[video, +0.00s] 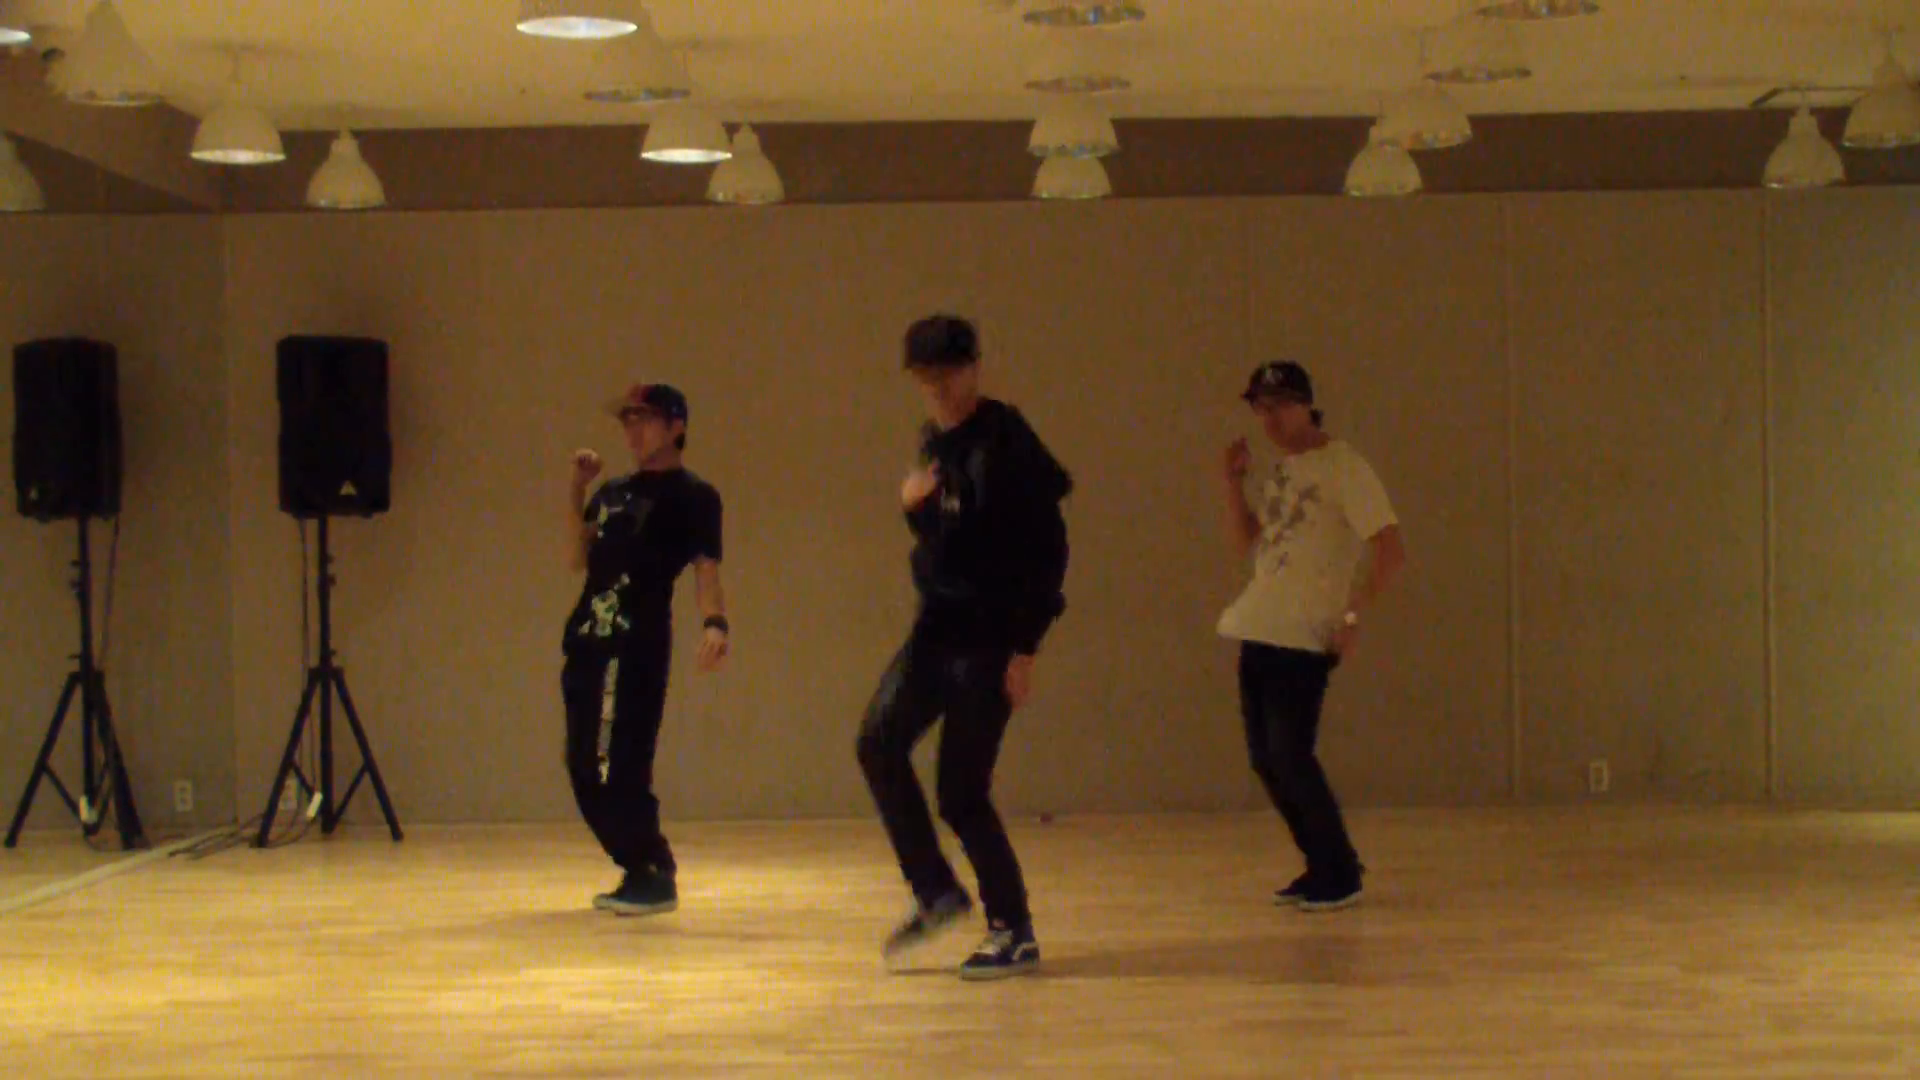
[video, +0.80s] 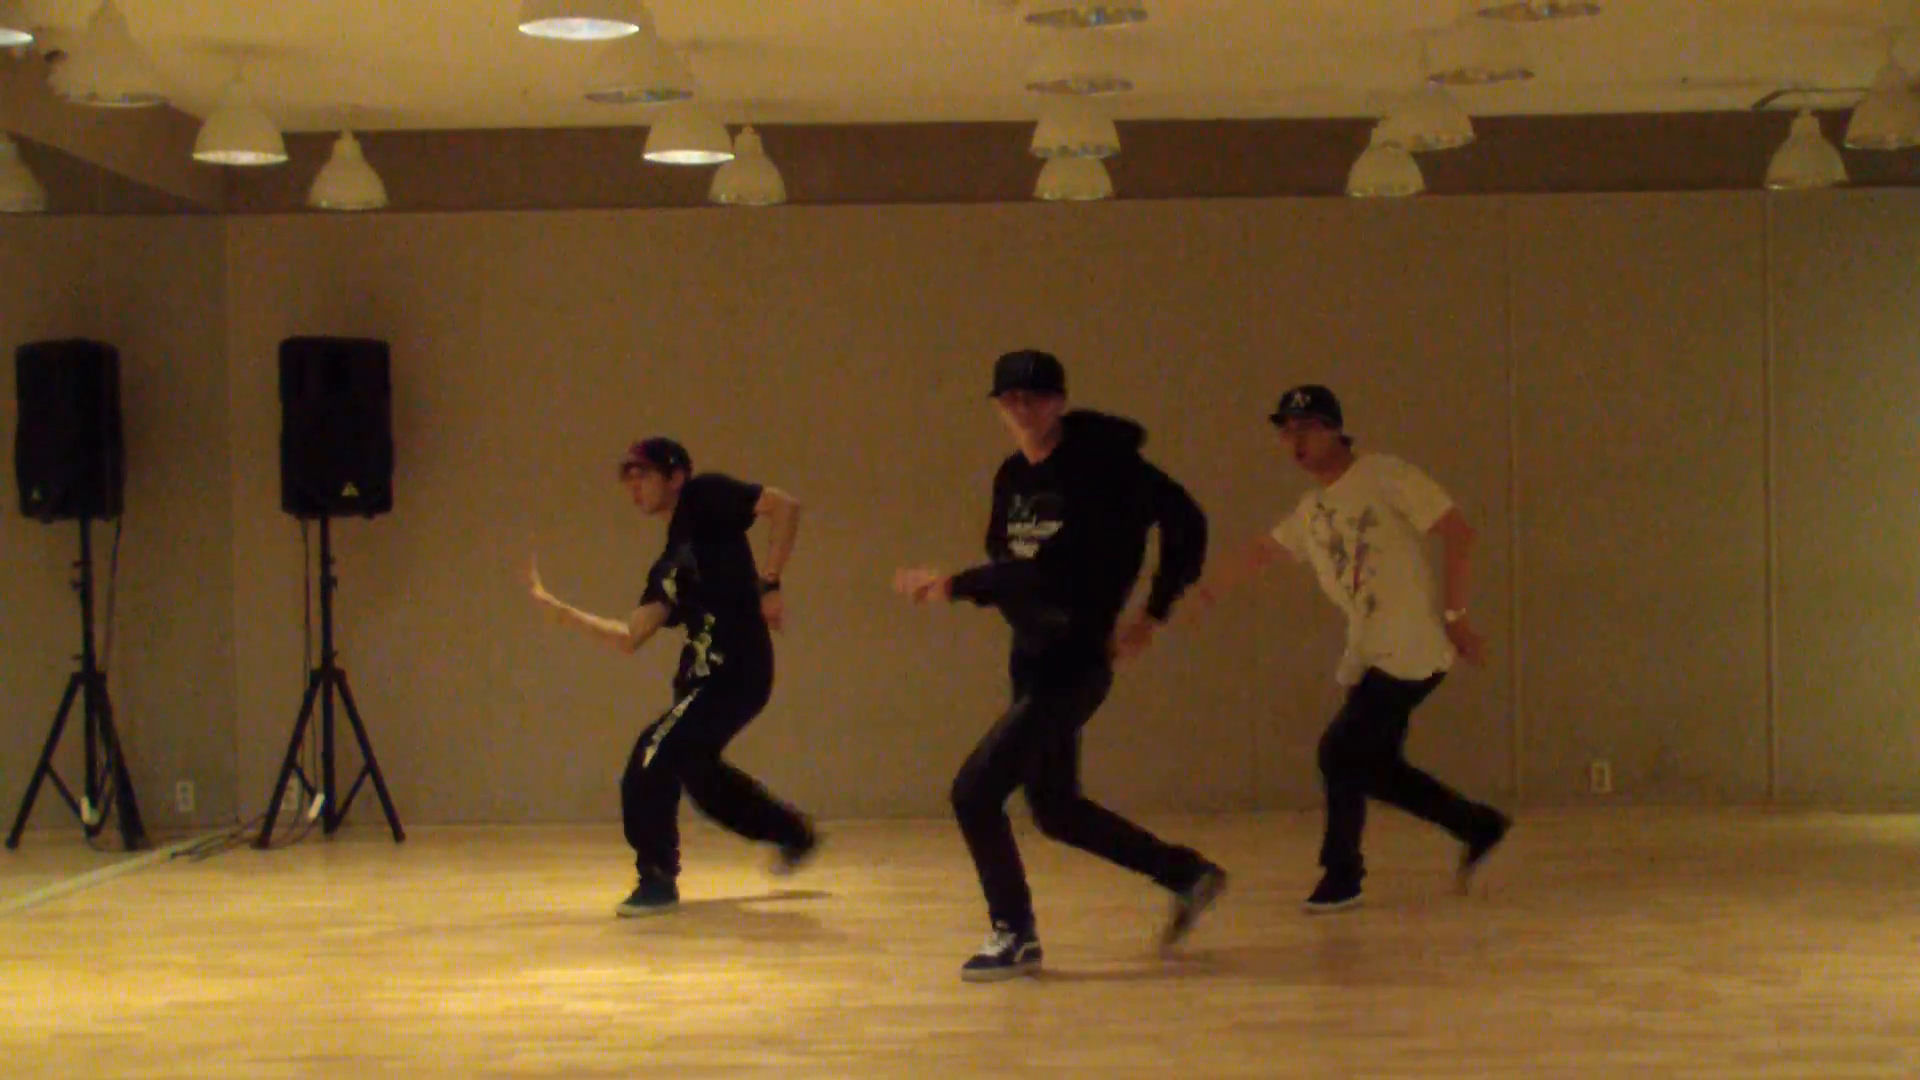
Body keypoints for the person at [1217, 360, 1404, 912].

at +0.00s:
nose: (1268, 421)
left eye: (1276, 409)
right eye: (1261, 412)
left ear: (1304, 407)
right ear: (1262, 415)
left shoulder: (1344, 465)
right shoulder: (1277, 470)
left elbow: (1389, 548)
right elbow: (1246, 542)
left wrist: (1354, 614)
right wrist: (1234, 482)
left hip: (1306, 637)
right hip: (1260, 633)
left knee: (1290, 756)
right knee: (1266, 758)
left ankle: (1338, 869)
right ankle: (1321, 865)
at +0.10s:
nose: (1241, 423)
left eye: (1250, 410)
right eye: (1234, 412)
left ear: (1279, 409)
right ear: (1232, 417)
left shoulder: (1331, 466)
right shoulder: (1260, 478)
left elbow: (1389, 539)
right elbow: (1276, 565)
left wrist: (1368, 612)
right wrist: (1236, 548)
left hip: (1336, 628)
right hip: (1286, 619)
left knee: (1295, 745)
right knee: (1228, 703)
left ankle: (1341, 865)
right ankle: (1288, 799)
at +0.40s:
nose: (1247, 457)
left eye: (1256, 443)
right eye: (1240, 447)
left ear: (1287, 441)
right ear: (1239, 451)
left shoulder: (1334, 487)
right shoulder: (1284, 502)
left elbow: (1398, 537)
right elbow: (1265, 577)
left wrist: (1405, 623)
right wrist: (1258, 565)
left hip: (1364, 653)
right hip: (1317, 630)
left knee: (1303, 754)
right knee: (1226, 664)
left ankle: (1331, 874)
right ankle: (1208, 764)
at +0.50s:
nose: (1256, 449)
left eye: (1265, 435)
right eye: (1250, 439)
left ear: (1296, 433)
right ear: (1250, 444)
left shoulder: (1353, 471)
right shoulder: (1290, 510)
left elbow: (1428, 519)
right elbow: (1235, 543)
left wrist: (1433, 598)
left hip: (1381, 649)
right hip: (1328, 637)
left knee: (1317, 755)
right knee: (1251, 706)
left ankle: (1333, 876)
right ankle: (1178, 774)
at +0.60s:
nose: (1274, 451)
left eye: (1282, 436)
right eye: (1267, 441)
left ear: (1311, 432)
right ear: (1265, 447)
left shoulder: (1368, 471)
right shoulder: (1289, 515)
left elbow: (1449, 524)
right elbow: (1227, 541)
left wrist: (1451, 601)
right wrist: (1158, 527)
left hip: (1388, 647)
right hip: (1335, 640)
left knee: (1319, 752)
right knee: (1280, 722)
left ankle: (1334, 875)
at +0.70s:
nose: (1285, 450)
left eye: (1294, 436)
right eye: (1278, 440)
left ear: (1323, 432)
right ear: (1278, 446)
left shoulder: (1375, 472)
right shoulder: (1301, 514)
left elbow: (1451, 526)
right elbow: (1244, 546)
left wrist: (1453, 608)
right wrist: (1176, 549)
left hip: (1395, 647)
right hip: (1342, 648)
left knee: (1326, 751)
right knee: (1319, 753)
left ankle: (1335, 877)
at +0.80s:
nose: (1295, 444)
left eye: (1304, 431)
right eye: (1288, 435)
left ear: (1334, 430)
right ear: (1285, 442)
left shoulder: (1382, 474)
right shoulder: (1312, 512)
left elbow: (1458, 531)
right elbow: (1255, 555)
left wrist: (1455, 615)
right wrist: (1204, 591)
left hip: (1414, 649)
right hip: (1372, 654)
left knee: (1341, 751)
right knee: (1373, 768)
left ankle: (1342, 874)